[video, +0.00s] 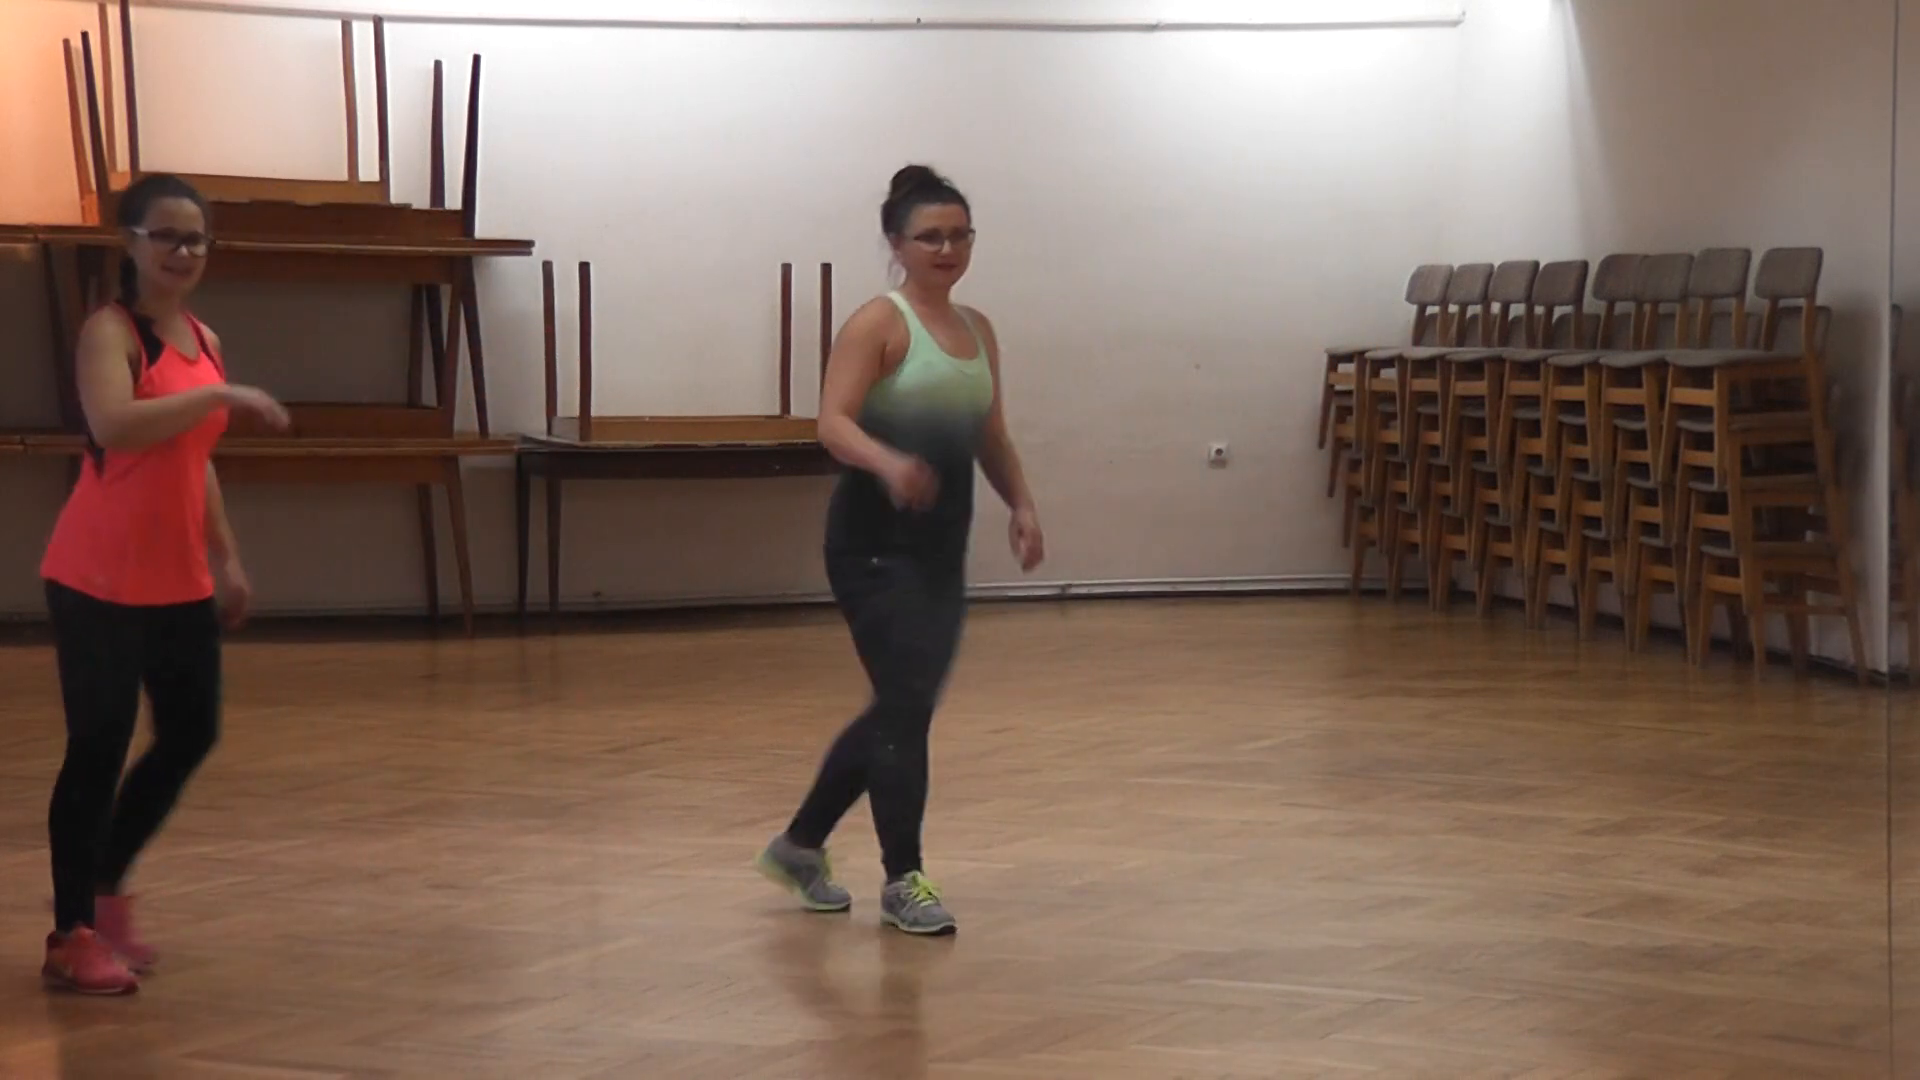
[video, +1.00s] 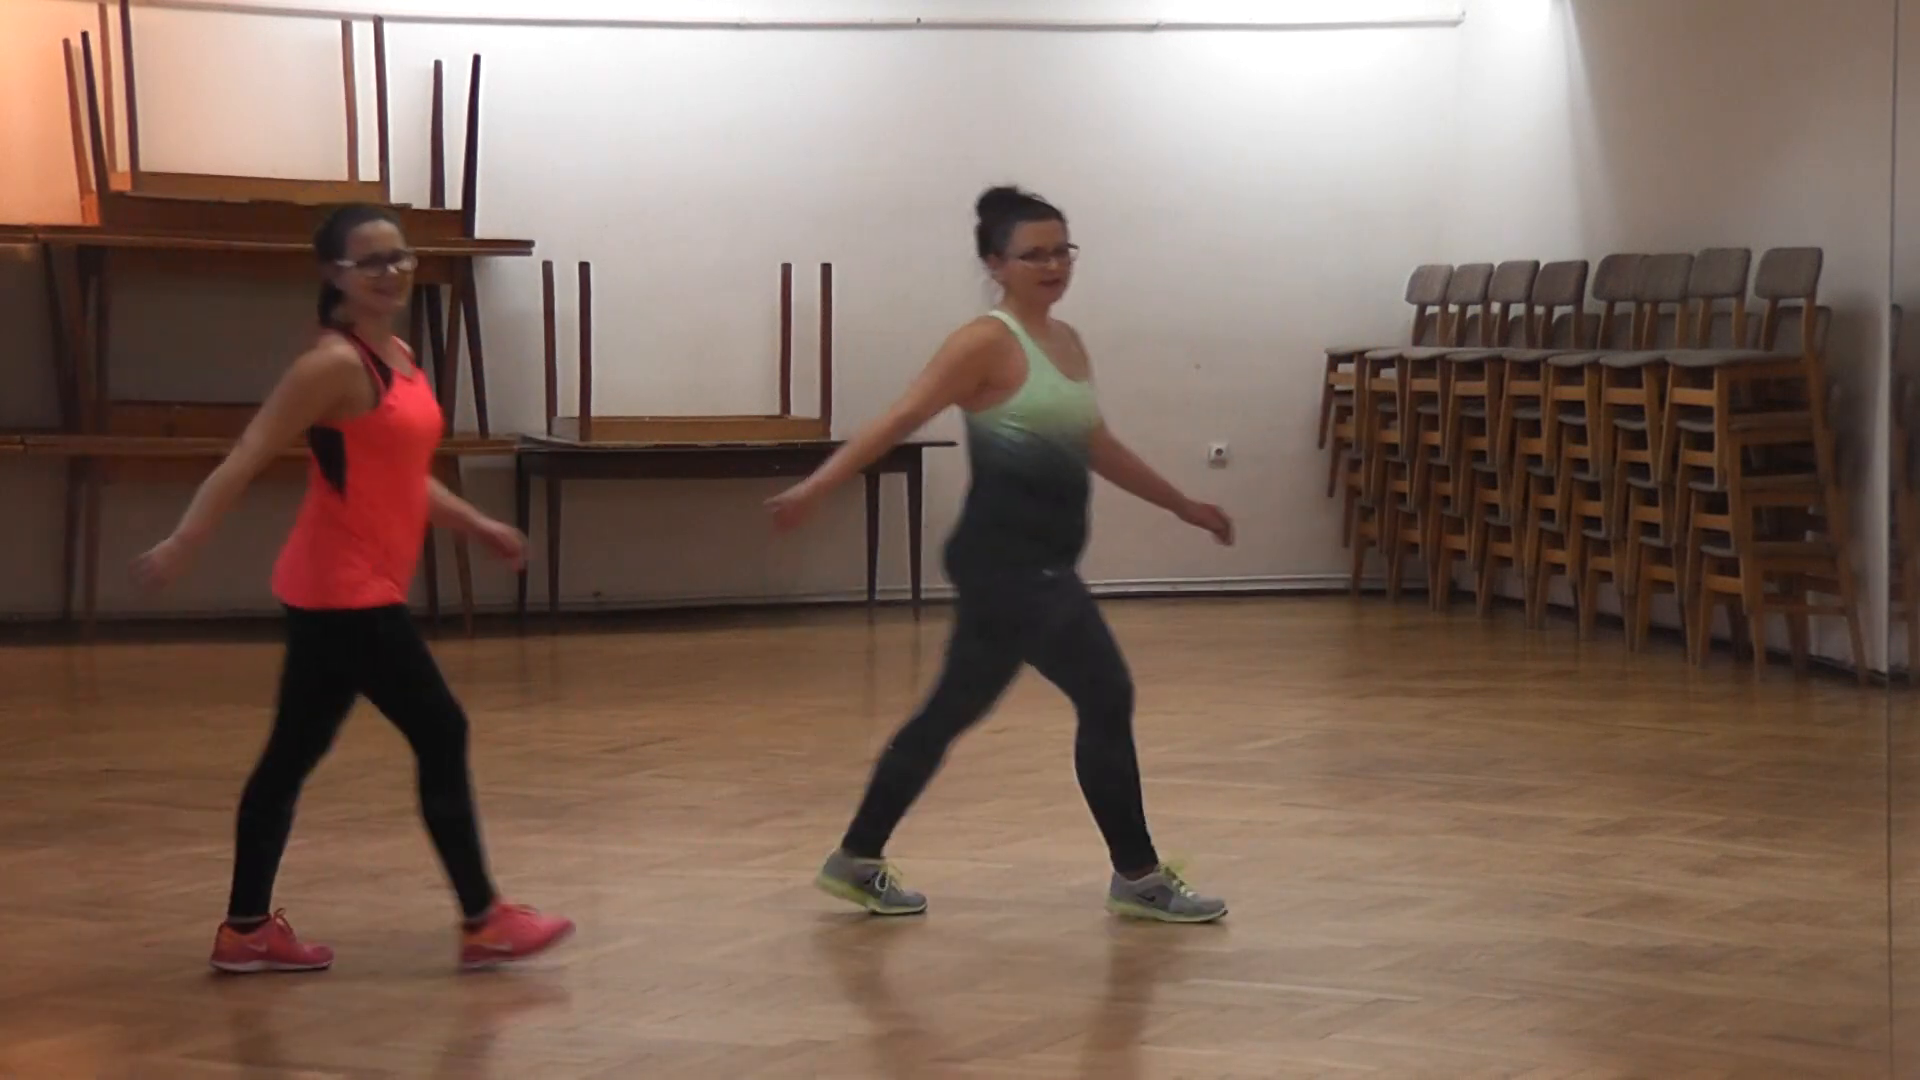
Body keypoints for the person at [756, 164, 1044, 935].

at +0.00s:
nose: (949, 248)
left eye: (960, 234)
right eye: (932, 236)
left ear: (972, 238)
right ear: (896, 243)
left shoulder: (976, 329)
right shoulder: (875, 323)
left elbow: (988, 429)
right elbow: (833, 423)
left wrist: (1021, 502)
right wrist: (888, 462)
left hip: (941, 540)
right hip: (873, 538)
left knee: (905, 702)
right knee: (905, 700)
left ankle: (798, 845)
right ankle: (903, 879)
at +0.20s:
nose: (920, 261)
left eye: (930, 247)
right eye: (903, 248)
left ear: (939, 252)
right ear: (865, 255)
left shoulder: (924, 334)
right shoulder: (850, 331)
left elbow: (929, 449)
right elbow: (874, 425)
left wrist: (967, 533)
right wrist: (952, 364)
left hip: (894, 546)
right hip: (837, 542)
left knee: (838, 698)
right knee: (876, 687)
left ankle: (777, 859)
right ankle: (775, 842)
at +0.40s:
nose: (914, 248)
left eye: (923, 233)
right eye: (896, 234)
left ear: (930, 239)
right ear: (855, 243)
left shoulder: (885, 320)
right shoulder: (851, 312)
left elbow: (859, 437)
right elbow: (943, 380)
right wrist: (1042, 334)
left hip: (877, 546)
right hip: (814, 542)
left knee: (918, 687)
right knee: (786, 693)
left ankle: (813, 835)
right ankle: (701, 857)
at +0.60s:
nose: (935, 271)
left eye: (942, 257)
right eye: (917, 259)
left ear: (946, 260)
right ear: (876, 266)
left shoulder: (895, 342)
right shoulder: (874, 344)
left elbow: (872, 460)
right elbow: (952, 441)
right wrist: (1062, 485)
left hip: (897, 571)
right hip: (844, 572)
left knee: (943, 706)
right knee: (811, 714)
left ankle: (851, 864)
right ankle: (701, 858)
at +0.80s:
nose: (992, 245)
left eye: (999, 231)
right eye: (974, 233)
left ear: (1006, 233)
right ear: (933, 240)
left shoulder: (968, 314)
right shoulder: (931, 322)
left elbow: (971, 432)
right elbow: (887, 435)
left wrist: (1018, 502)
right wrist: (858, 536)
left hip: (944, 546)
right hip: (932, 550)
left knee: (910, 700)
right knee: (1012, 674)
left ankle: (850, 865)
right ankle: (922, 837)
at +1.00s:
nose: (1055, 265)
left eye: (1063, 251)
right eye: (1037, 254)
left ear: (1070, 254)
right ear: (997, 265)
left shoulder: (1065, 343)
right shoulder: (983, 343)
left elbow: (1095, 443)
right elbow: (899, 422)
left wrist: (1185, 505)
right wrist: (812, 488)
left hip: (1036, 564)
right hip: (1005, 566)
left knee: (948, 711)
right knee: (1105, 692)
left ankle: (856, 857)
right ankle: (1138, 875)